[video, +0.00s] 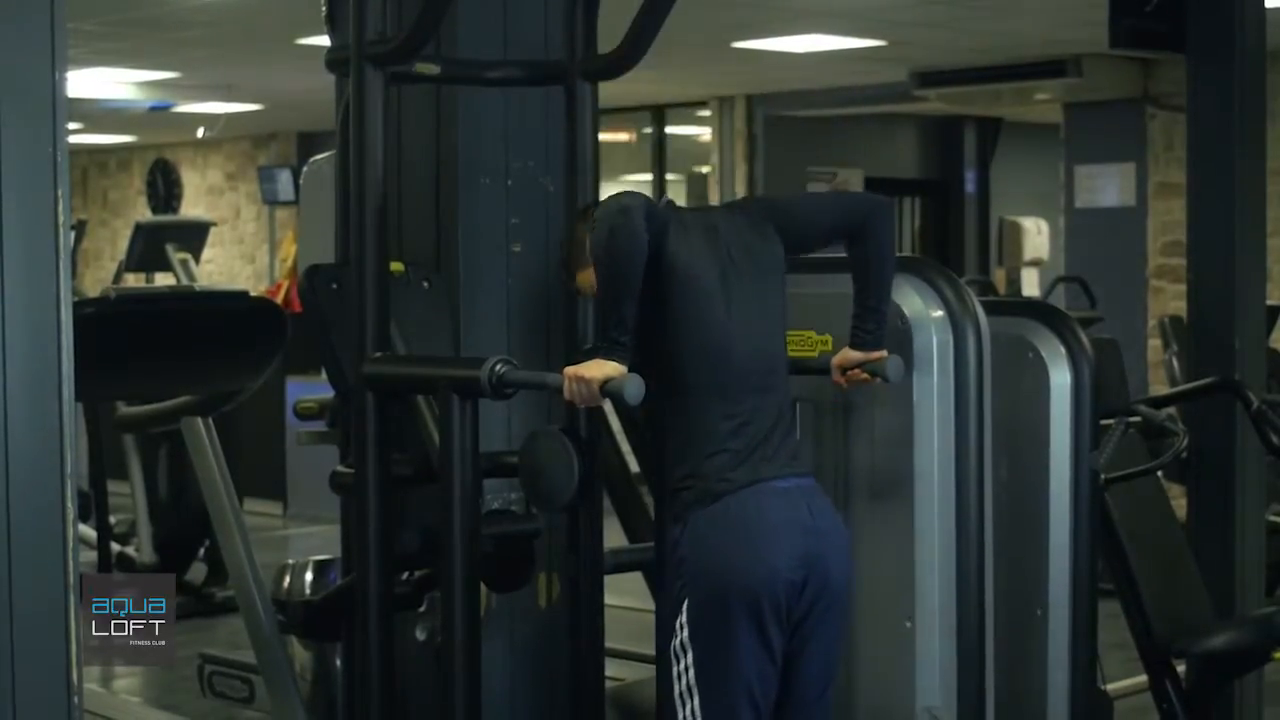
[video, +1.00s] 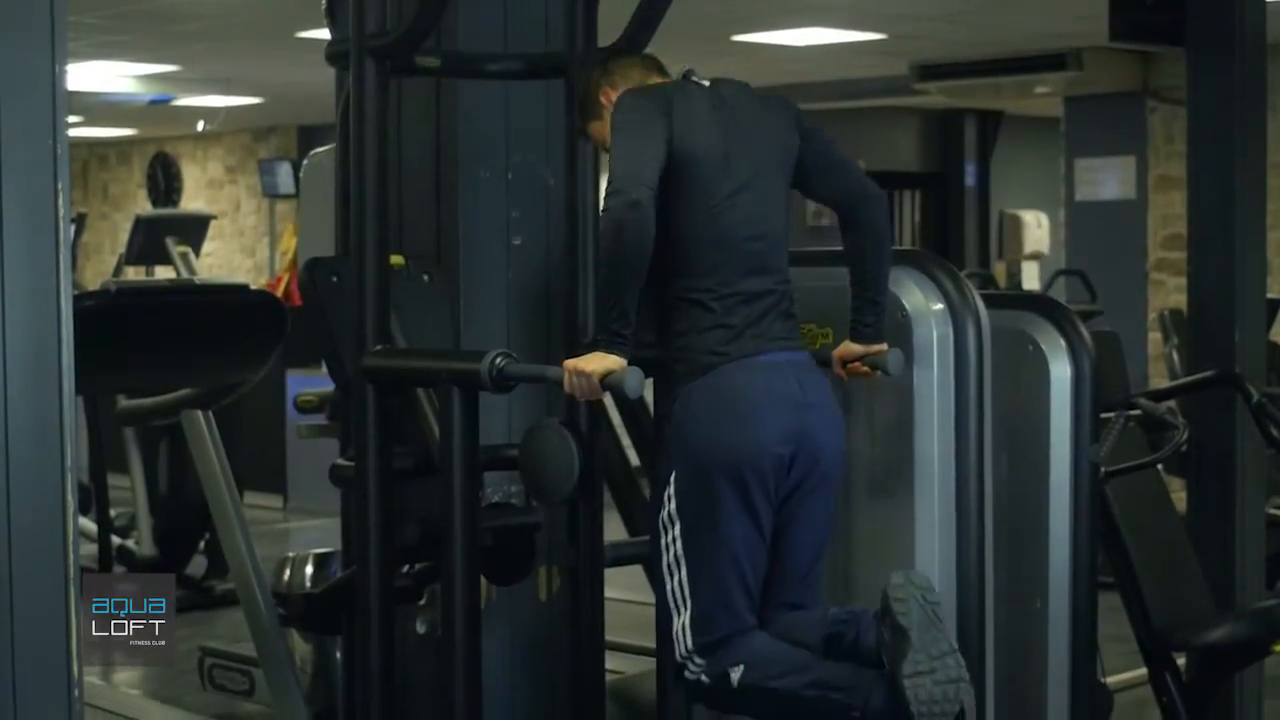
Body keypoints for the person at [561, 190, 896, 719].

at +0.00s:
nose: (601, 299)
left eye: (594, 287)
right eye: (593, 293)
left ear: (601, 252)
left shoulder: (638, 224)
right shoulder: (752, 221)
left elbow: (626, 209)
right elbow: (870, 210)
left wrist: (611, 347)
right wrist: (869, 337)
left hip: (720, 527)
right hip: (805, 506)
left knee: (716, 706)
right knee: (805, 707)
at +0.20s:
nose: (593, 329)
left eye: (587, 318)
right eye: (585, 324)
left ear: (593, 281)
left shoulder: (634, 268)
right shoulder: (744, 244)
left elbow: (627, 213)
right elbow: (863, 213)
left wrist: (611, 347)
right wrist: (867, 337)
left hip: (722, 551)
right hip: (808, 529)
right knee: (812, 708)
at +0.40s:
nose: (591, 324)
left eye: (584, 311)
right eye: (584, 319)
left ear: (592, 275)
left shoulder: (632, 263)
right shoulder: (741, 238)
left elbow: (627, 212)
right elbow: (859, 213)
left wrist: (611, 346)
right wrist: (866, 338)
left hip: (722, 545)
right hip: (809, 525)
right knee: (811, 708)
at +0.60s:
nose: (599, 268)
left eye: (591, 258)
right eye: (591, 264)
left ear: (597, 220)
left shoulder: (628, 202)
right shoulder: (752, 197)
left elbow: (631, 215)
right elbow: (871, 208)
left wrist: (612, 349)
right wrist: (867, 337)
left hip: (720, 497)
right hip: (806, 478)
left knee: (717, 705)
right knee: (806, 705)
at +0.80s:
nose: (598, 201)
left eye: (592, 187)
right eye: (591, 192)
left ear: (606, 154)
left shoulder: (639, 149)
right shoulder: (762, 152)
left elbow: (625, 212)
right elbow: (873, 206)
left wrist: (610, 346)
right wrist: (868, 335)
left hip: (720, 447)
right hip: (805, 431)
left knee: (714, 694)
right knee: (786, 664)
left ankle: (887, 703)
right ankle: (888, 683)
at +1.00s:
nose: (606, 146)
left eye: (600, 131)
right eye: (600, 139)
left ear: (609, 96)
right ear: (666, 74)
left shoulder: (640, 108)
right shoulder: (769, 111)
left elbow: (631, 206)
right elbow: (864, 200)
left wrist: (611, 339)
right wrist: (868, 330)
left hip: (720, 399)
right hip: (807, 388)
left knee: (705, 654)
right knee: (779, 617)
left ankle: (893, 701)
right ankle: (880, 635)